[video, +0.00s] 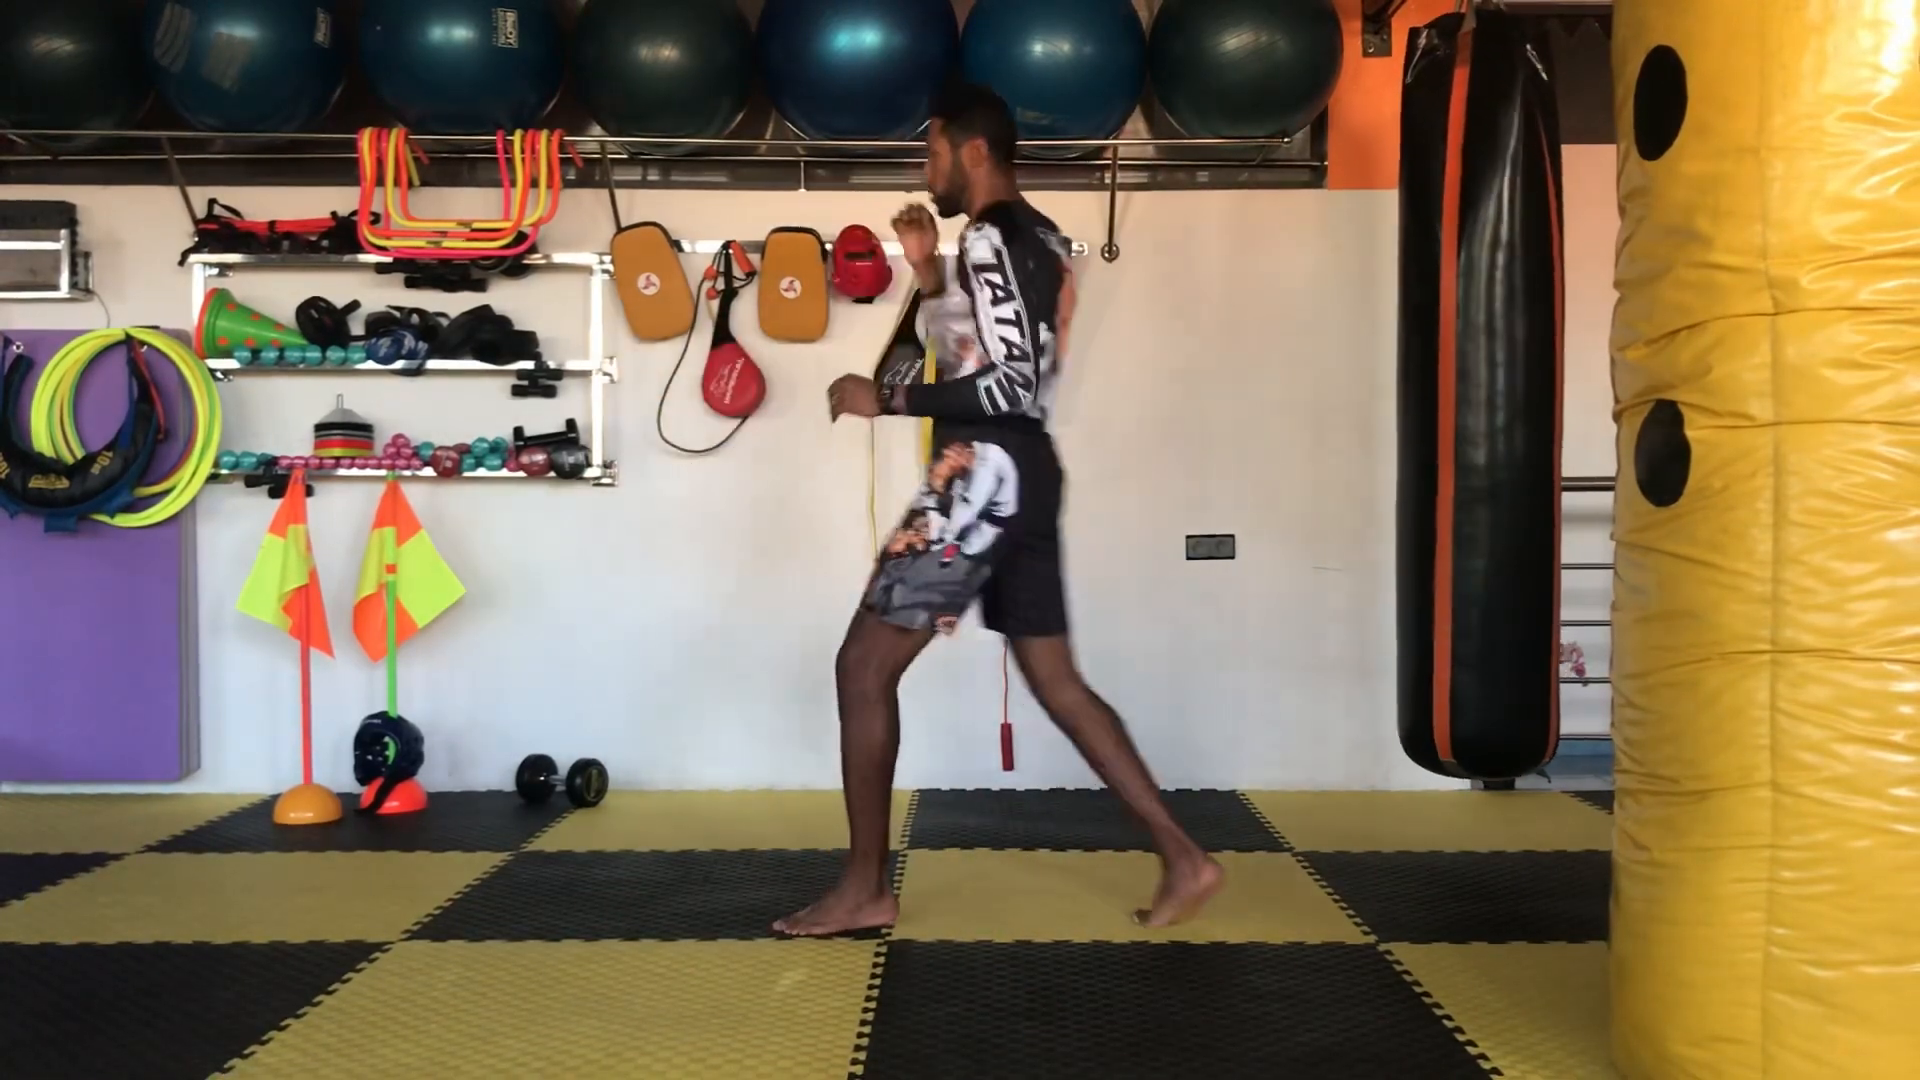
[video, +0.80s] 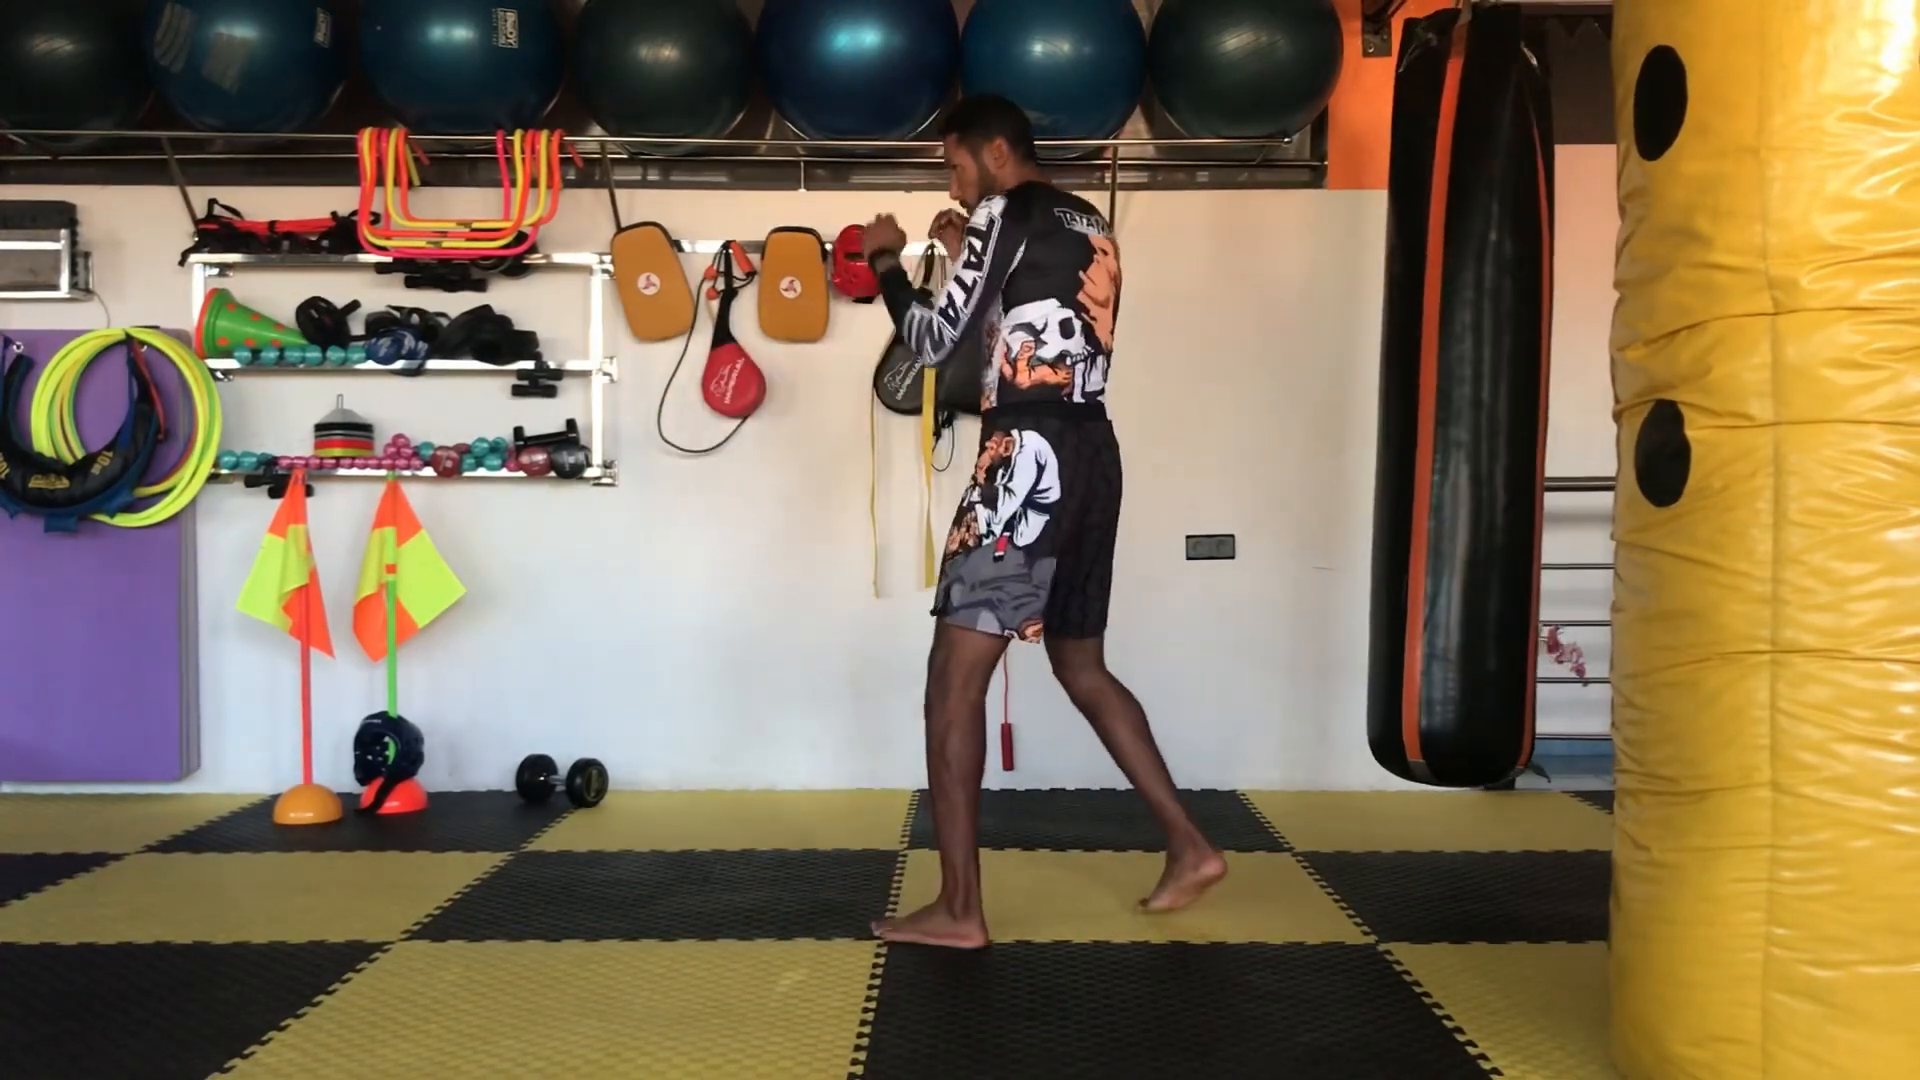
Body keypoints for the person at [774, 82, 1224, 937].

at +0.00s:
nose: (926, 169)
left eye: (932, 152)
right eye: (926, 154)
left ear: (973, 151)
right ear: (993, 154)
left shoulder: (987, 243)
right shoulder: (1032, 236)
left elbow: (1010, 385)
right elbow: (959, 359)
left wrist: (887, 398)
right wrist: (927, 277)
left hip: (983, 468)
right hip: (1022, 467)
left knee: (863, 667)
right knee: (1057, 682)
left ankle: (863, 889)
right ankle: (1184, 860)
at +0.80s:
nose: (958, 182)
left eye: (958, 167)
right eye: (954, 168)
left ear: (996, 152)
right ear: (1022, 149)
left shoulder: (1001, 217)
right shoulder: (1091, 225)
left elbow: (933, 337)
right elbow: (1038, 331)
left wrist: (885, 268)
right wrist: (973, 249)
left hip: (1026, 459)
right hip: (1091, 456)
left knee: (954, 680)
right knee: (1080, 667)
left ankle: (958, 906)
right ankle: (1191, 847)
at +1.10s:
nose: (983, 205)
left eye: (987, 188)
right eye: (980, 191)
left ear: (1028, 176)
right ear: (1035, 178)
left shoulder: (1069, 244)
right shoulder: (1075, 244)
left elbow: (1066, 369)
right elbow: (1031, 361)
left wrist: (960, 339)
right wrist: (972, 291)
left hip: (1076, 480)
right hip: (1113, 481)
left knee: (908, 631)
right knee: (1104, 696)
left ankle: (948, 854)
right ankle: (1218, 879)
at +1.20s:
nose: (972, 176)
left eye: (974, 157)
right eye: (968, 161)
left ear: (1015, 145)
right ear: (1021, 146)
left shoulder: (1068, 206)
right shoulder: (1067, 219)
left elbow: (1047, 325)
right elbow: (1015, 342)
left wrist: (953, 275)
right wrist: (946, 279)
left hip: (1072, 454)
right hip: (1107, 459)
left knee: (900, 587)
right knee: (1079, 667)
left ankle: (1012, 776)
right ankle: (1197, 848)